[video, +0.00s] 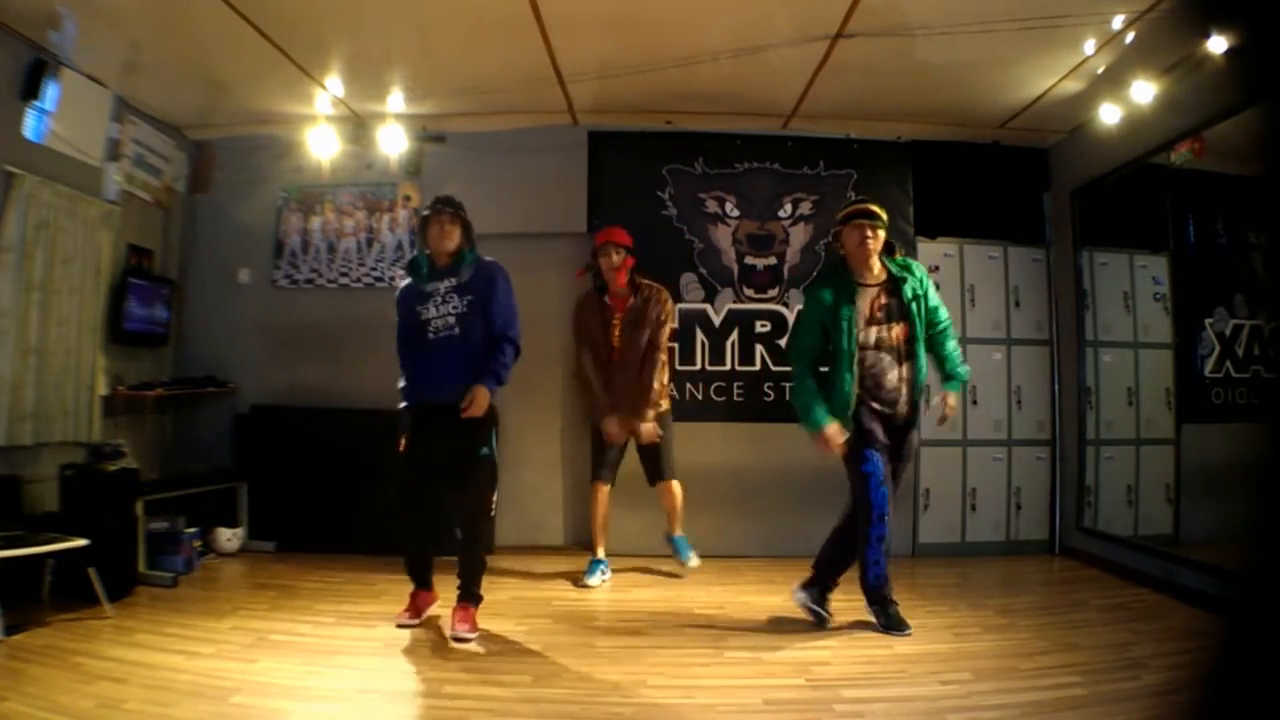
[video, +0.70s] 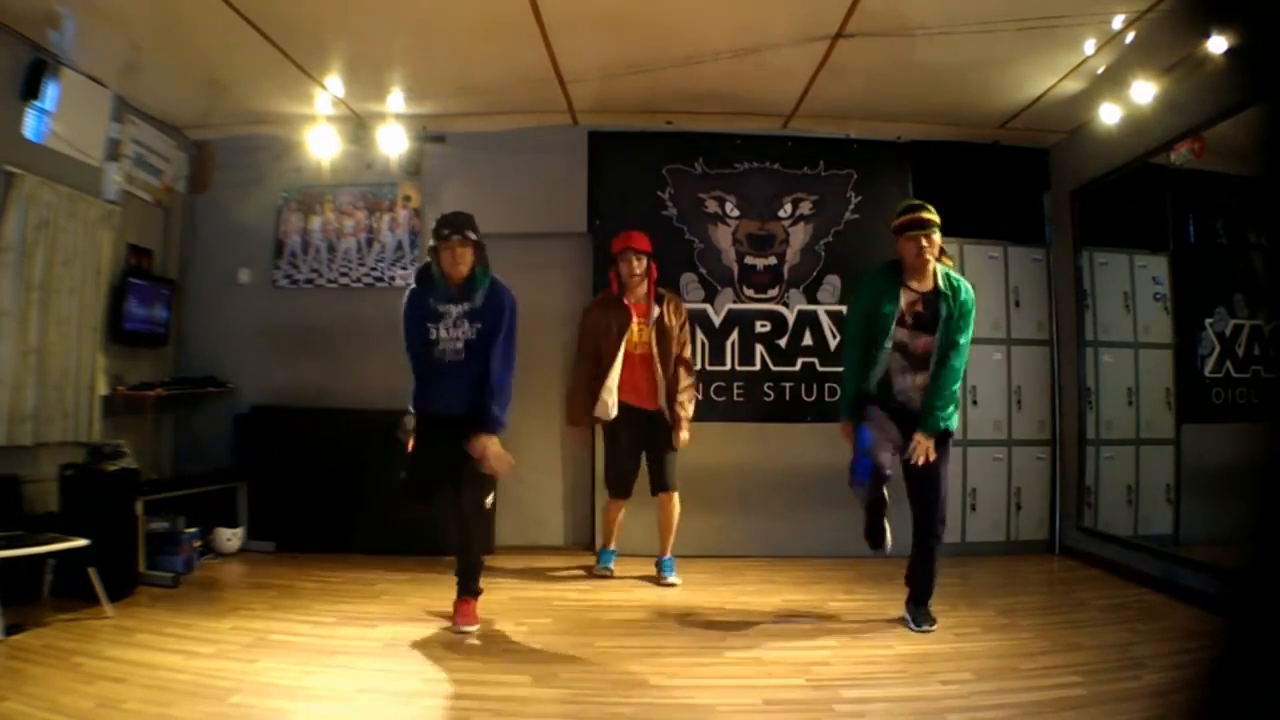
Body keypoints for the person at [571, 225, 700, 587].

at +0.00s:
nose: (612, 259)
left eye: (618, 252)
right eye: (605, 253)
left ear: (630, 257)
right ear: (596, 260)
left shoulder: (657, 298)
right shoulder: (588, 305)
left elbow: (659, 357)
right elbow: (587, 361)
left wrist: (649, 412)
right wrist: (605, 411)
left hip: (650, 402)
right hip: (609, 404)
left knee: (666, 479)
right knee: (600, 481)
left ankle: (676, 534)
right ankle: (599, 558)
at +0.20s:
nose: (617, 253)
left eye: (624, 247)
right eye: (610, 247)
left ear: (634, 252)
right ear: (600, 254)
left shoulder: (655, 301)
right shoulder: (582, 298)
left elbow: (677, 347)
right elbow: (557, 342)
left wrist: (682, 383)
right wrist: (565, 384)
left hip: (643, 401)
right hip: (598, 400)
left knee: (652, 478)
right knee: (593, 481)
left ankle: (643, 549)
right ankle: (592, 559)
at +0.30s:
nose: (618, 255)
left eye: (624, 248)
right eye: (611, 249)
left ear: (635, 255)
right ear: (601, 256)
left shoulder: (657, 303)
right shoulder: (584, 300)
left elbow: (671, 347)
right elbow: (559, 338)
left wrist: (686, 371)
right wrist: (561, 360)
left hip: (640, 405)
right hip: (597, 403)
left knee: (648, 486)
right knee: (593, 486)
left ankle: (639, 554)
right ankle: (590, 560)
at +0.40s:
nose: (620, 246)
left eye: (626, 240)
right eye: (613, 240)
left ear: (636, 246)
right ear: (604, 246)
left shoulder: (655, 291)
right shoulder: (587, 289)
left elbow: (662, 341)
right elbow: (586, 340)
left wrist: (646, 371)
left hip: (645, 391)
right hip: (606, 390)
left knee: (653, 468)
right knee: (597, 474)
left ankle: (648, 547)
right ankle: (593, 556)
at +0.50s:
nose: (623, 250)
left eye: (630, 243)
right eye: (616, 244)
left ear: (640, 248)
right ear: (606, 250)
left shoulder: (660, 291)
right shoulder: (590, 293)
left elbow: (666, 345)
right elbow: (599, 346)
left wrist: (656, 386)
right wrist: (633, 385)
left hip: (650, 395)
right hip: (609, 395)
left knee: (658, 471)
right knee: (605, 477)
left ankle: (661, 550)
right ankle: (603, 551)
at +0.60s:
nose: (629, 266)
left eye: (635, 259)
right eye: (622, 260)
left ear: (645, 264)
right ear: (612, 266)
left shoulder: (665, 308)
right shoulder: (595, 311)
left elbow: (677, 364)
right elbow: (590, 367)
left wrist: (674, 416)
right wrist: (605, 417)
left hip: (656, 414)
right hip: (615, 414)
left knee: (665, 486)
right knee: (610, 492)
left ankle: (667, 559)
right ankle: (604, 556)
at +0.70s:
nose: (633, 265)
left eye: (639, 258)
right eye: (626, 259)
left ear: (649, 264)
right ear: (616, 265)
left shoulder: (671, 308)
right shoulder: (601, 309)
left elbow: (683, 363)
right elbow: (587, 360)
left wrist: (683, 415)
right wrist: (580, 412)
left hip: (661, 413)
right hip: (620, 412)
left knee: (667, 489)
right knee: (618, 491)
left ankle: (666, 560)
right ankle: (607, 553)